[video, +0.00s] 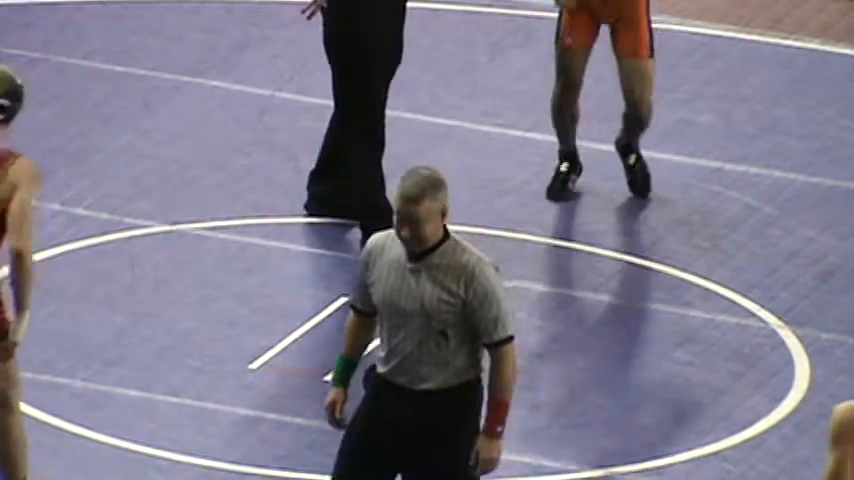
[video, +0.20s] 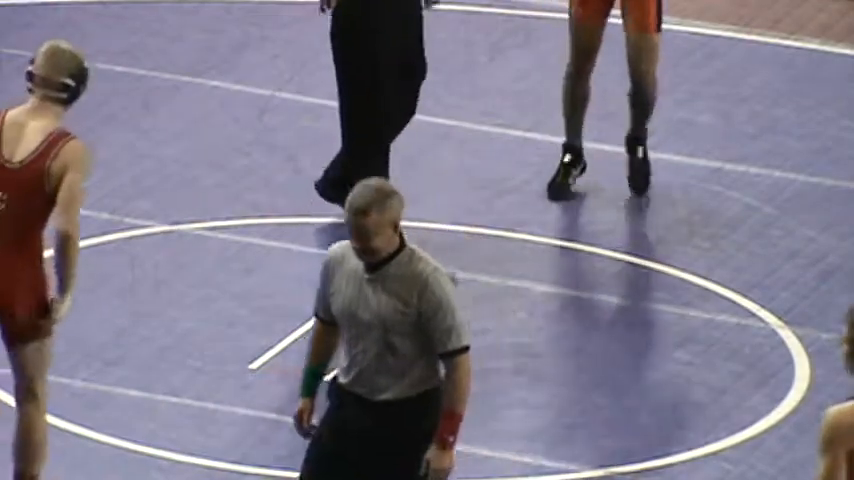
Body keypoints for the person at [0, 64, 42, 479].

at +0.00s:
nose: (7, 113)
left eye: (4, 105)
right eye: (11, 107)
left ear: (4, 112)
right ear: (10, 113)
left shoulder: (19, 171)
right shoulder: (18, 171)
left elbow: (18, 246)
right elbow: (18, 246)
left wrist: (20, 311)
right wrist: (21, 309)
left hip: (3, 308)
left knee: (10, 407)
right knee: (8, 407)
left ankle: (17, 470)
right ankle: (15, 472)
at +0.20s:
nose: (31, 79)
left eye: (32, 73)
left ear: (30, 78)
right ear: (76, 91)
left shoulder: (5, 121)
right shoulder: (70, 151)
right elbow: (64, 226)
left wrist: (59, 289)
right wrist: (64, 291)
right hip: (20, 281)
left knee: (29, 398)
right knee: (30, 399)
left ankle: (28, 470)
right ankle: (27, 474)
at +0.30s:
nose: (52, 68)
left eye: (51, 61)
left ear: (50, 66)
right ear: (96, 80)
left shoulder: (9, 112)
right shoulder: (90, 138)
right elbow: (82, 214)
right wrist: (75, 281)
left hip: (0, 264)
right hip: (36, 273)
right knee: (37, 394)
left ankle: (30, 469)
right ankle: (30, 473)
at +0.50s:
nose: (76, 55)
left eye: (78, 50)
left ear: (76, 58)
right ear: (121, 70)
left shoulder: (28, 109)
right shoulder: (117, 130)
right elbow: (102, 197)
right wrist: (80, 255)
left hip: (15, 255)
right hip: (66, 265)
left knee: (24, 352)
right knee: (49, 383)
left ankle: (37, 450)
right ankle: (34, 470)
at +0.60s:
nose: (84, 55)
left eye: (86, 50)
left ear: (85, 59)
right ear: (131, 68)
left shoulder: (40, 110)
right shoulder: (130, 129)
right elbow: (134, 181)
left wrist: (2, 227)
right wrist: (113, 239)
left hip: (30, 255)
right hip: (82, 262)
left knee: (63, 350)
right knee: (58, 382)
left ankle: (81, 427)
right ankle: (33, 472)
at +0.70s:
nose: (94, 52)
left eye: (96, 47)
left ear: (95, 57)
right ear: (141, 64)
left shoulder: (57, 107)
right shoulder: (145, 118)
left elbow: (2, 155)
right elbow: (160, 172)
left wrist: (21, 208)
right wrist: (148, 228)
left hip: (52, 253)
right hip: (100, 258)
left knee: (86, 347)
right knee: (74, 374)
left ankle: (105, 413)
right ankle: (38, 470)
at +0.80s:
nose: (108, 42)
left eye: (110, 36)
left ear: (107, 47)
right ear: (153, 51)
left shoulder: (73, 100)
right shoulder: (160, 105)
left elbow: (26, 170)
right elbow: (169, 167)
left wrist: (59, 195)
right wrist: (189, 210)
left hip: (73, 240)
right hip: (119, 246)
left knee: (97, 331)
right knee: (104, 364)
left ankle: (112, 418)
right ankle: (53, 454)